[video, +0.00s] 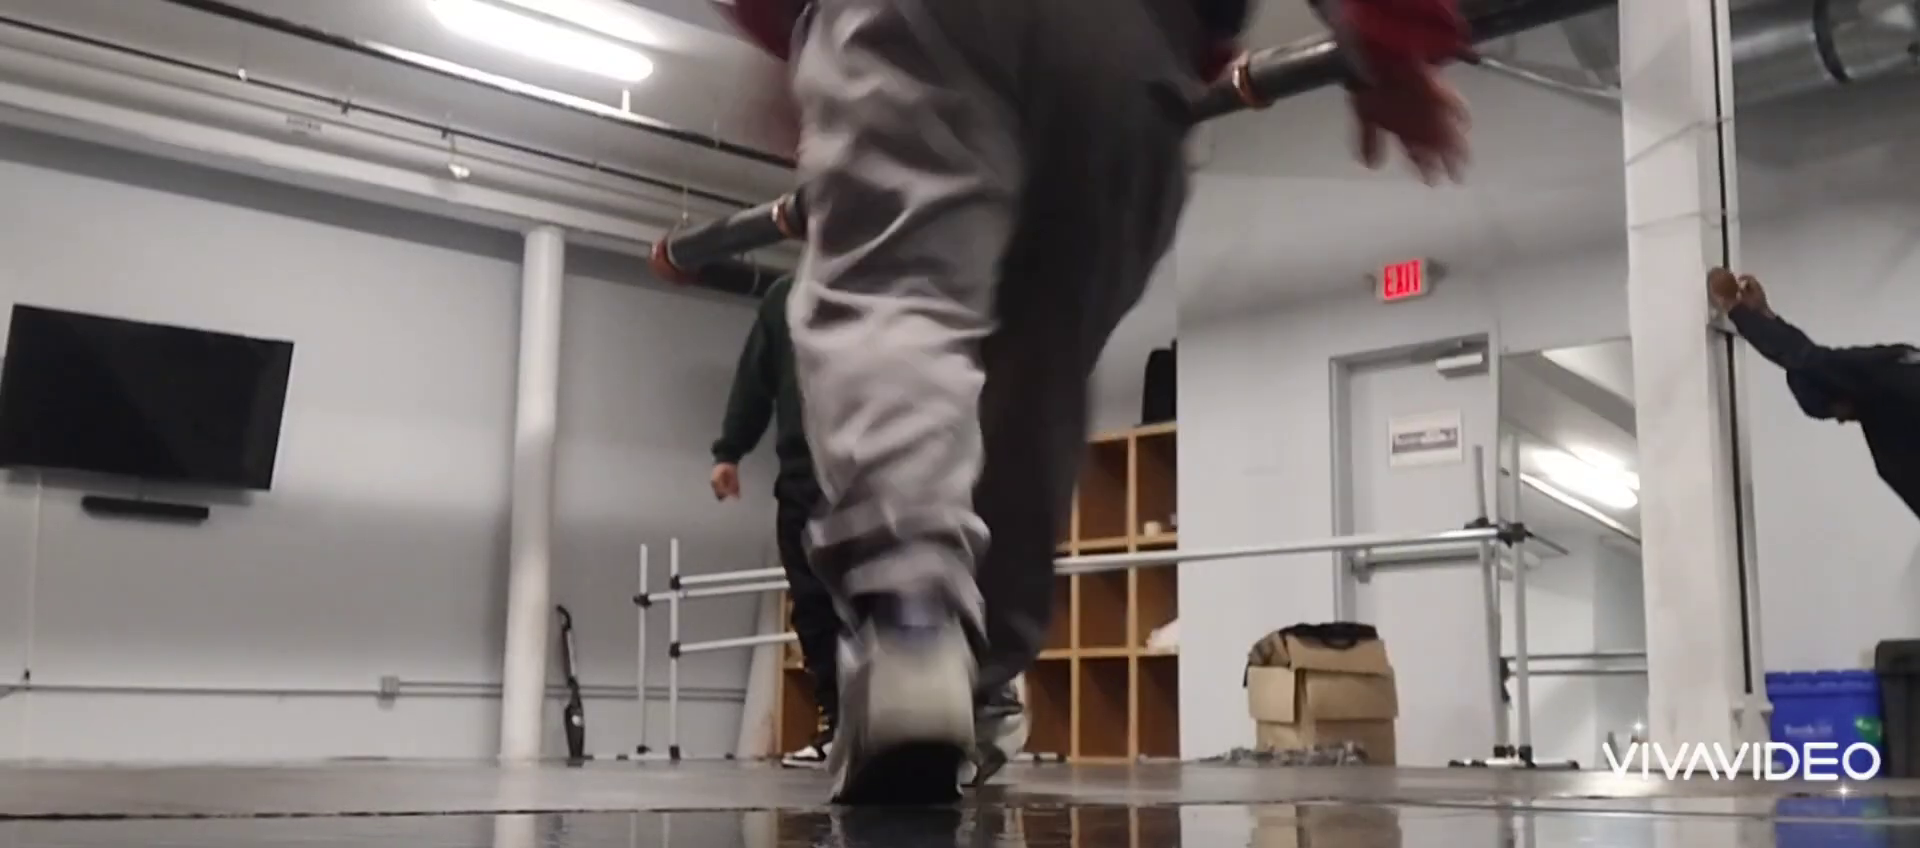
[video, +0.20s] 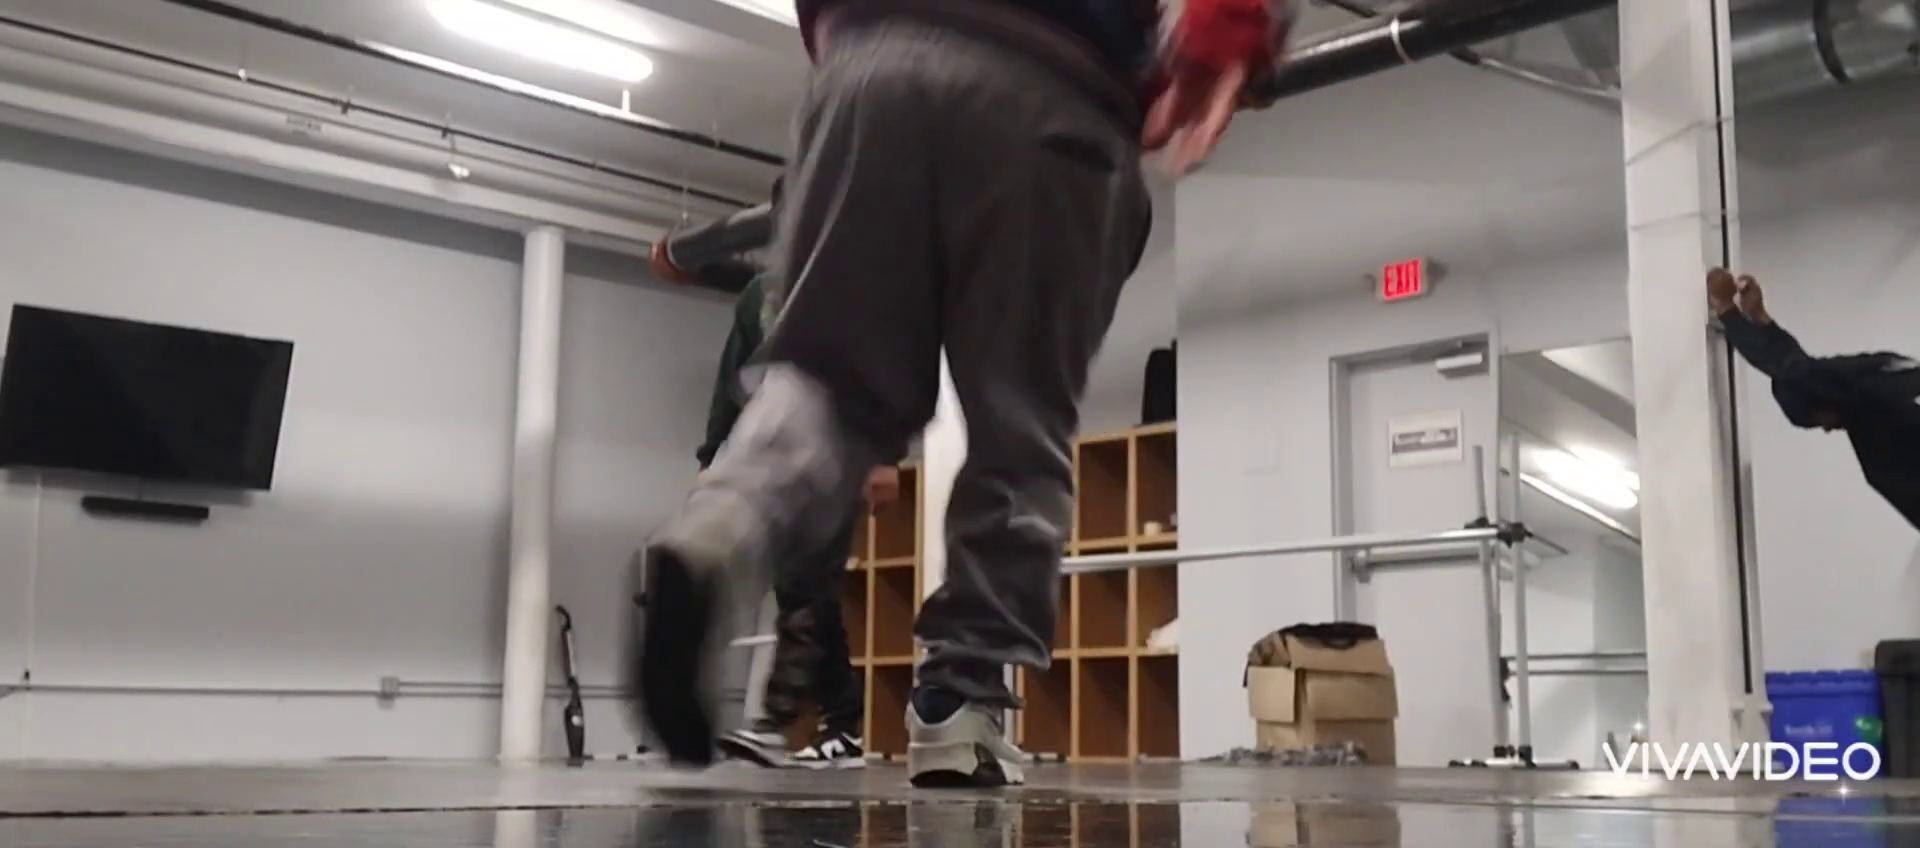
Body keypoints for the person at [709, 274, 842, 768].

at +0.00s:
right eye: (817, 228)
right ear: (808, 235)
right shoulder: (788, 298)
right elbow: (755, 378)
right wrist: (729, 452)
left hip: (876, 472)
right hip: (804, 475)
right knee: (811, 605)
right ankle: (834, 724)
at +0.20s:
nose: (790, 228)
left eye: (800, 216)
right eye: (783, 216)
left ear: (828, 224)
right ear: (776, 225)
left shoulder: (847, 291)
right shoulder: (762, 290)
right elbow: (734, 379)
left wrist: (886, 451)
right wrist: (716, 448)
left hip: (829, 449)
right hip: (766, 449)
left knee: (807, 589)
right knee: (810, 589)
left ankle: (775, 721)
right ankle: (842, 724)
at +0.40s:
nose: (779, 204)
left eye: (792, 197)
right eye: (770, 196)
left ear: (810, 211)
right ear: (756, 210)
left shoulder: (833, 273)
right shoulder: (737, 285)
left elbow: (859, 367)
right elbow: (714, 374)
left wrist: (859, 454)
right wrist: (700, 456)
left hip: (808, 455)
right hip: (748, 457)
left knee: (775, 590)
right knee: (780, 594)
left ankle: (735, 727)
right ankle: (842, 723)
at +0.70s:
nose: (730, 187)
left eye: (746, 180)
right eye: (725, 177)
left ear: (773, 196)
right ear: (714, 190)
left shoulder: (788, 268)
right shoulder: (700, 270)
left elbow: (796, 365)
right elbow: (676, 360)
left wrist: (772, 444)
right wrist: (645, 444)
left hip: (756, 452)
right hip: (698, 451)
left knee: (751, 588)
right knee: (679, 592)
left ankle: (734, 730)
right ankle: (770, 687)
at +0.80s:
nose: (712, 182)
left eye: (728, 175)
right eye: (706, 173)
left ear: (755, 189)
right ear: (695, 186)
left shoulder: (770, 259)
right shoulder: (684, 264)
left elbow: (773, 355)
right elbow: (661, 355)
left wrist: (739, 427)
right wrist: (632, 442)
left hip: (748, 450)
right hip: (680, 450)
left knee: (746, 591)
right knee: (648, 587)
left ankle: (730, 730)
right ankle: (701, 692)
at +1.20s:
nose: (638, 164)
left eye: (652, 157)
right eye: (627, 156)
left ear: (675, 175)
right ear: (612, 173)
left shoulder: (704, 248)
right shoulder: (589, 254)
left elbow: (729, 340)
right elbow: (563, 349)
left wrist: (727, 428)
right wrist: (547, 439)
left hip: (674, 444)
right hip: (595, 443)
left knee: (687, 589)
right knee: (577, 593)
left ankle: (719, 723)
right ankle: (575, 728)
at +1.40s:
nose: (622, 162)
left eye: (635, 156)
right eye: (611, 152)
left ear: (651, 174)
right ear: (588, 164)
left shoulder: (684, 251)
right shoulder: (553, 250)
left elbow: (715, 338)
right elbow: (510, 336)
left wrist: (727, 422)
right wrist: (471, 418)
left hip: (652, 438)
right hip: (573, 436)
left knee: (645, 578)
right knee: (563, 586)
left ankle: (668, 708)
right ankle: (573, 725)